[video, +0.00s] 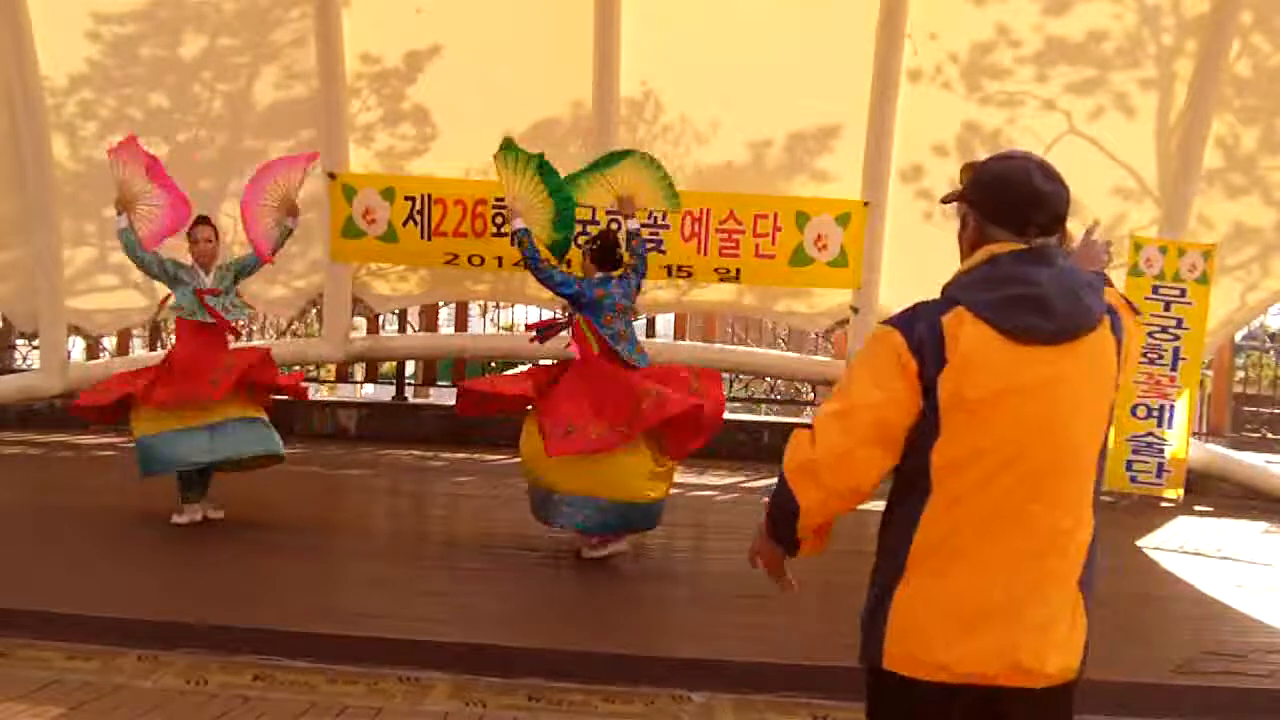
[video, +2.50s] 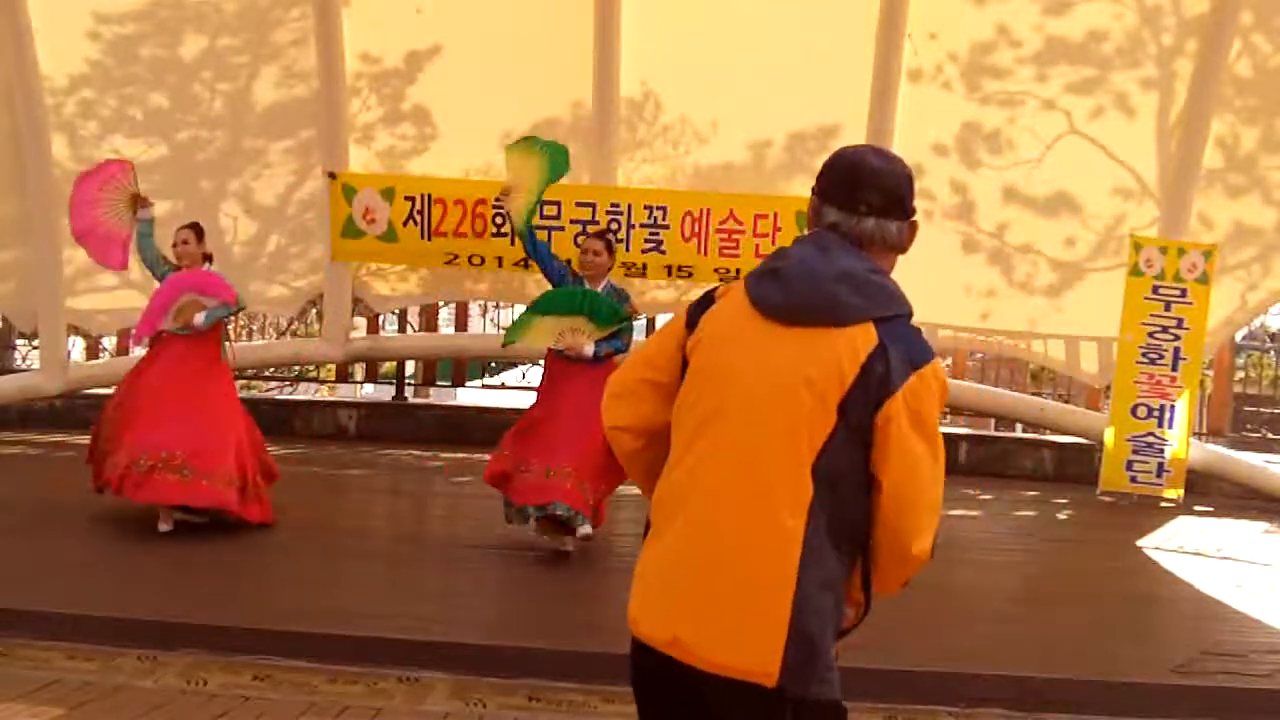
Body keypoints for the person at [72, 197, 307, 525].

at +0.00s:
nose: (203, 247)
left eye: (209, 241)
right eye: (197, 241)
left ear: (218, 244)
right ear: (189, 246)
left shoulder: (228, 274)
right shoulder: (180, 275)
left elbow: (262, 253)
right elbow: (142, 257)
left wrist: (289, 223)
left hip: (217, 354)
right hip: (186, 354)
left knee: (212, 425)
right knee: (186, 426)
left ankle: (200, 498)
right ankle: (188, 502)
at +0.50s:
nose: (207, 247)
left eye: (197, 238)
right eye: (209, 242)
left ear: (182, 244)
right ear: (208, 248)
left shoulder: (168, 276)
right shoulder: (216, 282)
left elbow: (137, 256)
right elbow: (260, 275)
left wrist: (123, 222)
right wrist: (286, 240)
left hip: (173, 361)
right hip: (207, 362)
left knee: (172, 429)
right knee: (199, 429)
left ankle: (175, 506)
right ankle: (189, 502)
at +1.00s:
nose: (212, 255)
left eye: (214, 249)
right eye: (205, 249)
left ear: (216, 253)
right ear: (187, 252)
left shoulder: (221, 291)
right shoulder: (174, 284)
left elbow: (251, 316)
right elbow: (139, 296)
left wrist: (284, 317)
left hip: (201, 368)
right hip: (170, 365)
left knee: (188, 431)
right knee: (162, 428)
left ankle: (175, 502)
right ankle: (151, 492)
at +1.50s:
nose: (181, 247)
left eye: (188, 242)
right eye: (177, 241)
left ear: (201, 246)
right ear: (171, 245)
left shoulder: (206, 278)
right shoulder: (165, 277)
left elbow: (208, 321)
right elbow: (152, 315)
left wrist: (168, 323)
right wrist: (147, 324)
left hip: (195, 357)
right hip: (166, 355)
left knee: (194, 416)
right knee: (165, 415)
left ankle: (192, 486)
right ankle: (171, 484)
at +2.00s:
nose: (175, 254)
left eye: (182, 248)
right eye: (172, 248)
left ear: (197, 253)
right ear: (169, 253)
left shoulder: (210, 289)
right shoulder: (161, 285)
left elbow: (221, 329)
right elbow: (123, 292)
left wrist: (187, 335)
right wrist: (85, 293)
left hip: (195, 365)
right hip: (161, 363)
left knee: (195, 425)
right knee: (158, 424)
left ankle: (197, 494)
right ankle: (161, 490)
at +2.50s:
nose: (179, 249)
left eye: (186, 243)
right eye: (176, 244)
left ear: (202, 247)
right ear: (173, 250)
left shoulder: (212, 279)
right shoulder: (170, 277)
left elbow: (234, 303)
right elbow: (147, 253)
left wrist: (205, 317)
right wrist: (144, 216)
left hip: (203, 360)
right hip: (167, 359)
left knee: (201, 423)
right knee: (162, 422)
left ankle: (198, 496)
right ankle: (164, 501)